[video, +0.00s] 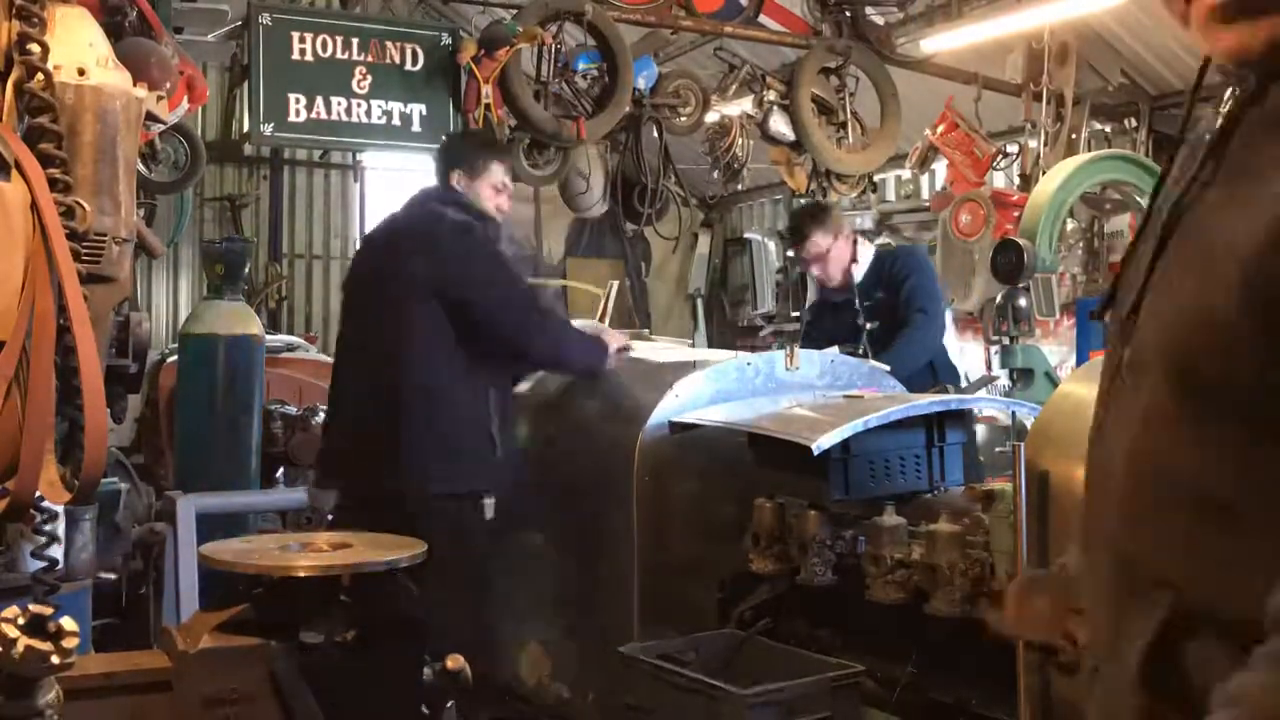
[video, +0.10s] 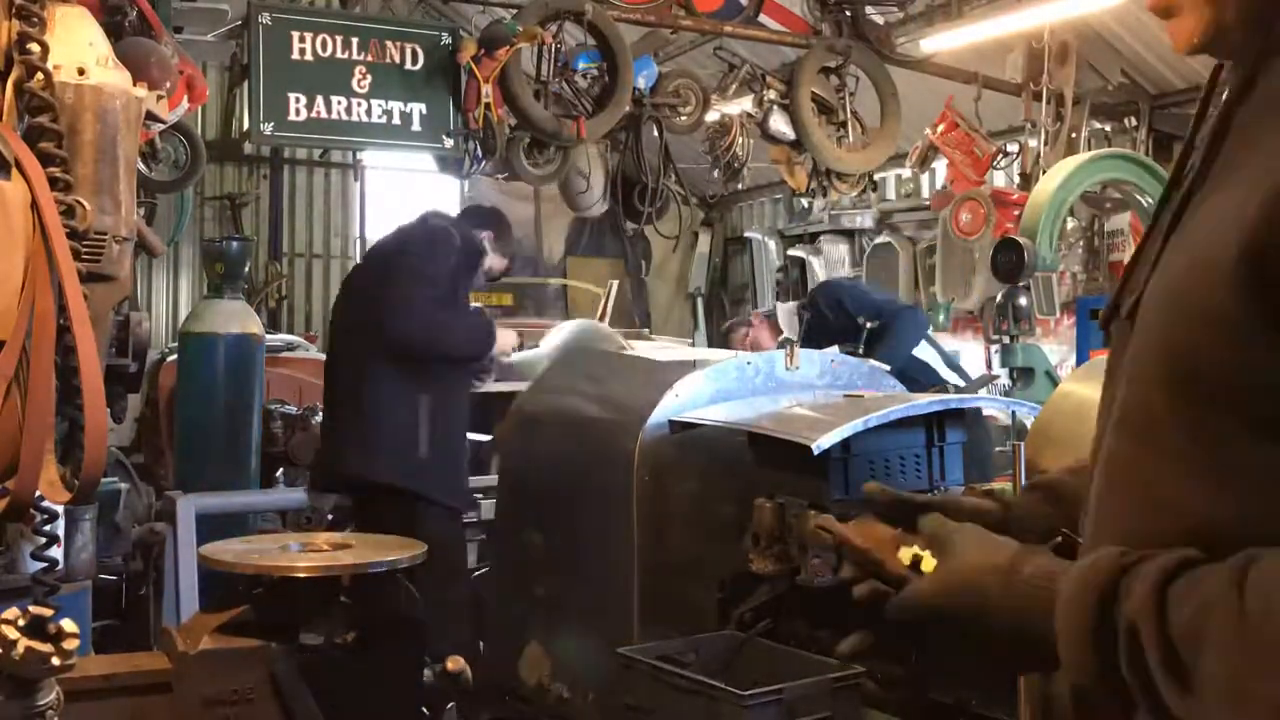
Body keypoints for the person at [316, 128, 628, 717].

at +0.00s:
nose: (507, 202)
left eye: (509, 190)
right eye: (500, 187)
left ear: (451, 183)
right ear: (462, 180)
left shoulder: (385, 238)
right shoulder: (457, 236)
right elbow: (519, 326)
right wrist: (596, 348)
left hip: (371, 452)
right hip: (437, 456)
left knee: (385, 601)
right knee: (454, 591)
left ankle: (391, 706)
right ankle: (455, 703)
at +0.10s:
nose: (483, 281)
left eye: (492, 277)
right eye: (493, 269)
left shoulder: (381, 262)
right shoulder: (441, 238)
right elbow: (411, 322)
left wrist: (478, 354)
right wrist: (487, 332)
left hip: (375, 462)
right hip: (408, 464)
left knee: (385, 598)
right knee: (433, 597)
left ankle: (389, 703)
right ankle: (429, 702)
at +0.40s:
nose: (463, 294)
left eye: (467, 290)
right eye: (468, 285)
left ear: (440, 237)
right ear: (461, 252)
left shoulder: (353, 271)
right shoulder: (435, 258)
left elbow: (351, 381)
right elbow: (426, 357)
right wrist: (485, 445)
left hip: (357, 478)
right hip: (414, 478)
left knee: (388, 623)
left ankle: (396, 709)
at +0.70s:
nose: (457, 281)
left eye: (461, 277)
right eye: (462, 271)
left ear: (436, 228)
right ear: (454, 241)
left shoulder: (347, 269)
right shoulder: (414, 249)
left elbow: (355, 384)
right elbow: (427, 368)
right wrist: (482, 462)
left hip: (362, 478)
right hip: (412, 481)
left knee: (386, 629)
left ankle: (395, 708)